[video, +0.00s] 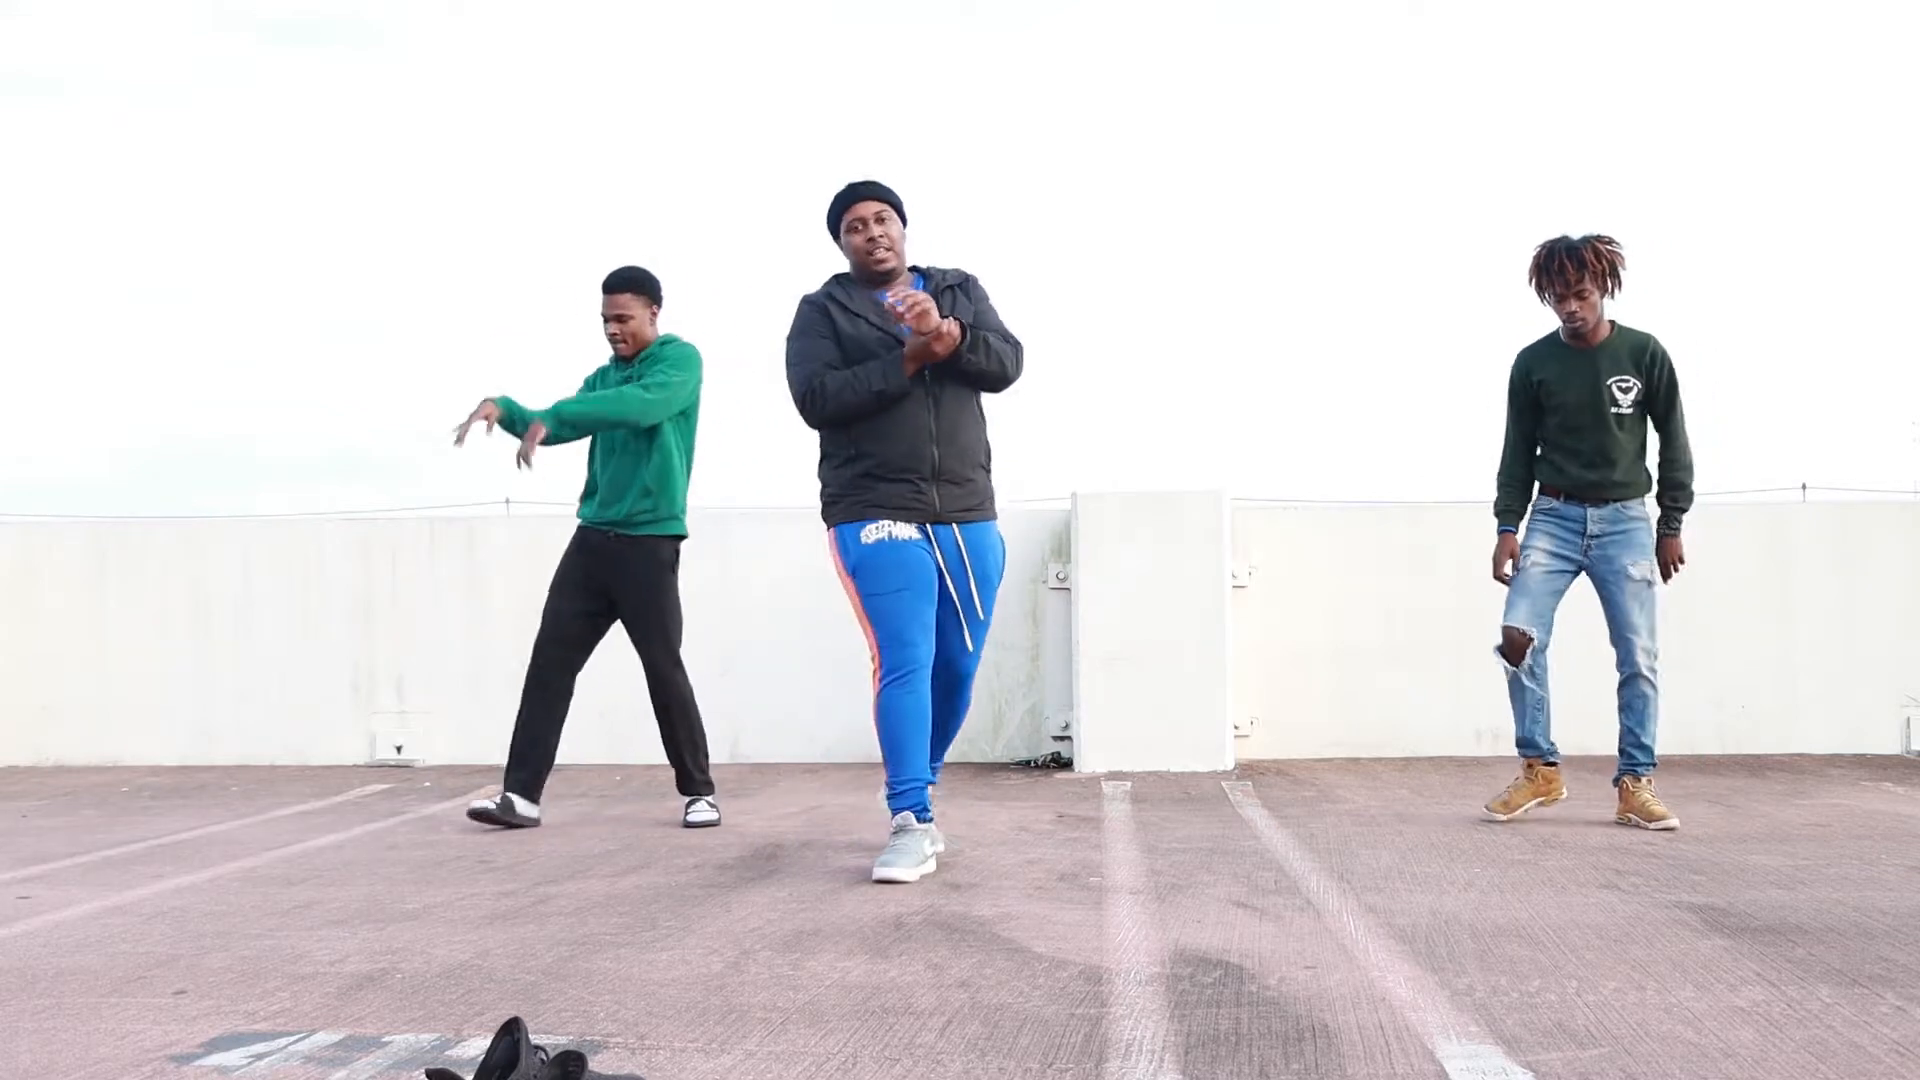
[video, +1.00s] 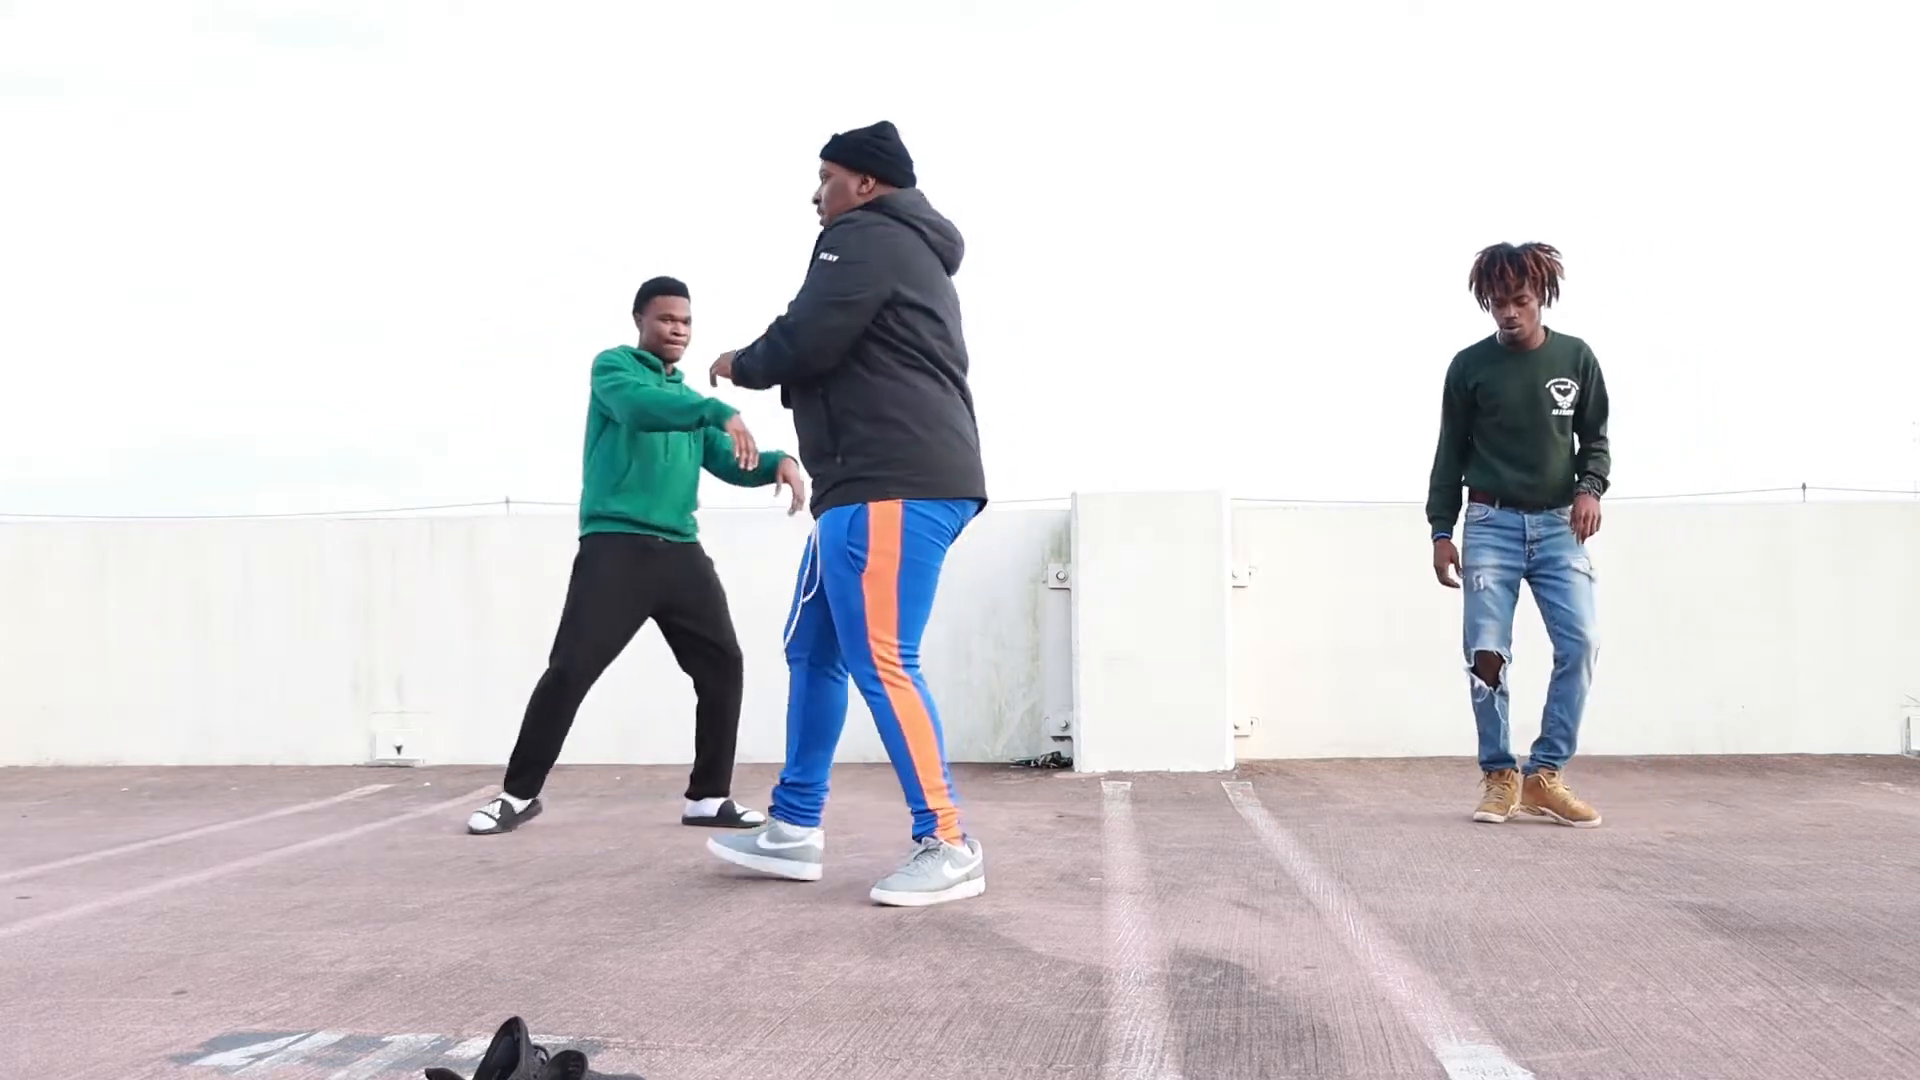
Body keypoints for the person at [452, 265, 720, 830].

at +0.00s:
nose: (614, 329)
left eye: (625, 318)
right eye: (608, 318)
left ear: (655, 313)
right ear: (604, 318)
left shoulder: (680, 359)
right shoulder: (604, 376)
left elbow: (644, 408)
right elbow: (558, 428)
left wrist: (555, 421)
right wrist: (505, 409)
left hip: (649, 544)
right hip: (591, 541)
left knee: (663, 666)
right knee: (551, 661)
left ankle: (698, 793)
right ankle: (521, 796)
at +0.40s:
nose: (567, 318)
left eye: (578, 309)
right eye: (558, 308)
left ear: (593, 315)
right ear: (542, 314)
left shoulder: (615, 364)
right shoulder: (522, 375)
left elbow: (625, 386)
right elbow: (479, 406)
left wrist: (580, 360)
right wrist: (473, 374)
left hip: (603, 546)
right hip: (532, 546)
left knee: (638, 666)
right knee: (504, 672)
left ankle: (672, 790)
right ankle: (515, 802)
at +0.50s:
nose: (576, 306)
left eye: (585, 298)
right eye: (565, 296)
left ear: (593, 305)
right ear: (542, 301)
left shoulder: (607, 359)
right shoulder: (519, 358)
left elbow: (644, 379)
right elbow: (488, 378)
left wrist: (628, 335)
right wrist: (505, 318)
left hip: (610, 534)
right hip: (538, 535)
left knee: (644, 655)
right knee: (517, 668)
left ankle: (658, 788)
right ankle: (514, 801)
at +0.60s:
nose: (584, 299)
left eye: (592, 292)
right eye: (573, 289)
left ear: (599, 302)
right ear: (546, 296)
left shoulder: (611, 358)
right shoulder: (515, 355)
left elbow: (653, 385)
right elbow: (515, 372)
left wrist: (666, 349)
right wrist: (552, 305)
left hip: (613, 534)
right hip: (542, 535)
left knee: (654, 651)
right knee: (523, 669)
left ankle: (677, 784)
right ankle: (515, 801)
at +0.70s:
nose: (599, 310)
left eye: (607, 302)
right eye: (588, 299)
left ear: (613, 309)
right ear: (559, 300)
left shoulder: (621, 366)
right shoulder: (525, 352)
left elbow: (666, 405)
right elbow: (539, 381)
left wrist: (704, 368)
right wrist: (615, 338)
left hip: (620, 537)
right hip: (550, 539)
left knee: (667, 651)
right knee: (527, 669)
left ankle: (697, 786)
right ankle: (515, 802)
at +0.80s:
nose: (618, 325)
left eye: (626, 316)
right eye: (606, 314)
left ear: (632, 321)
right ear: (579, 315)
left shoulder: (638, 386)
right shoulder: (551, 361)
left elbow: (676, 432)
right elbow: (573, 393)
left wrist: (720, 420)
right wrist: (655, 387)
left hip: (633, 549)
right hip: (565, 547)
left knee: (682, 657)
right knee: (534, 673)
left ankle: (702, 796)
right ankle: (514, 803)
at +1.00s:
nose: (675, 329)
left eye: (683, 321)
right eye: (664, 319)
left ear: (690, 329)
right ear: (639, 321)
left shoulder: (691, 398)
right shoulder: (615, 365)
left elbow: (728, 461)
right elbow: (639, 404)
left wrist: (777, 461)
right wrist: (720, 412)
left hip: (681, 551)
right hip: (616, 545)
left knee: (722, 667)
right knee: (570, 670)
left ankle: (708, 798)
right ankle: (518, 794)